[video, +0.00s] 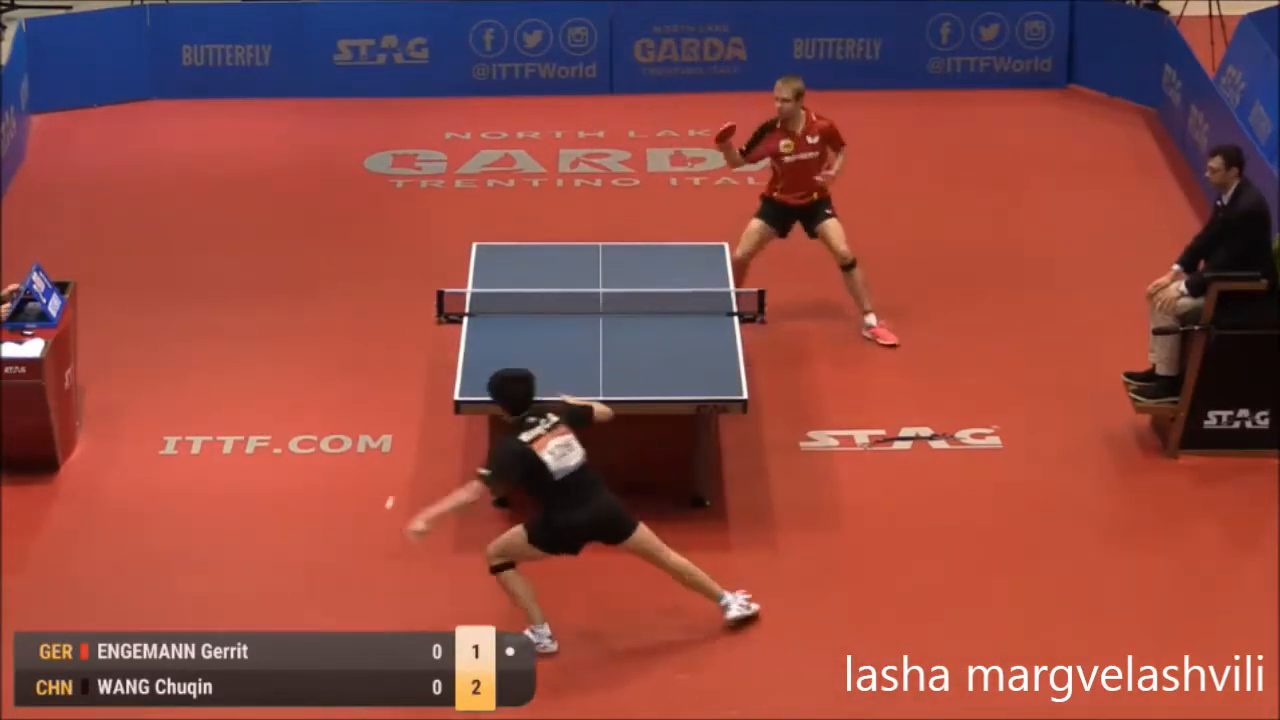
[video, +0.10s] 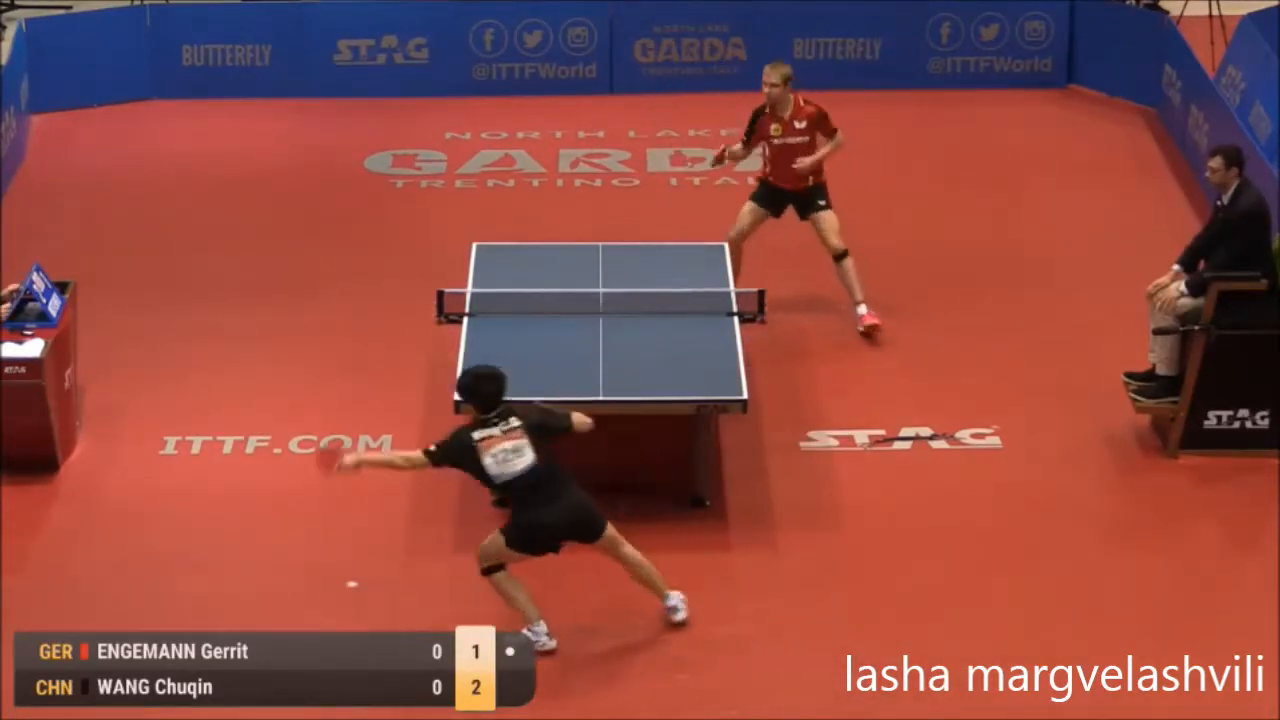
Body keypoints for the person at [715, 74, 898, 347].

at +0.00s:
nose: (778, 106)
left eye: (783, 101)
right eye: (776, 100)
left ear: (799, 102)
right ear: (774, 101)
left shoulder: (823, 127)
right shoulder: (770, 130)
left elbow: (841, 149)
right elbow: (738, 161)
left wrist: (834, 171)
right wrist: (727, 146)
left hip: (815, 201)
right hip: (778, 202)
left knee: (845, 255)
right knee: (740, 257)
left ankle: (870, 320)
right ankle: (727, 310)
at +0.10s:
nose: (765, 91)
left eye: (771, 86)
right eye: (764, 85)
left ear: (787, 87)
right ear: (763, 86)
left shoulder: (812, 113)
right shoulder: (761, 115)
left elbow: (836, 139)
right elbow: (745, 149)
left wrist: (813, 159)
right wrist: (729, 153)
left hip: (809, 187)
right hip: (772, 186)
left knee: (836, 246)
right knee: (734, 237)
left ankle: (862, 310)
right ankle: (727, 296)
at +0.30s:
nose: (751, 68)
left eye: (757, 63)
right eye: (750, 63)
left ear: (772, 64)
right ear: (751, 65)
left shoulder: (797, 94)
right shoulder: (758, 96)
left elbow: (819, 132)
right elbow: (762, 134)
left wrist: (782, 145)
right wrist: (741, 160)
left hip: (803, 173)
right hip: (772, 170)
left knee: (808, 239)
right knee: (736, 220)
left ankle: (837, 296)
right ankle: (740, 273)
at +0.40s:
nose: (740, 58)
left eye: (745, 54)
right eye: (740, 53)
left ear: (762, 58)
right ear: (747, 58)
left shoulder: (780, 91)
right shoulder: (754, 91)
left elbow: (801, 132)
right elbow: (761, 131)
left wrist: (763, 143)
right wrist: (744, 159)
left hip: (791, 171)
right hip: (763, 169)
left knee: (800, 233)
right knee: (736, 221)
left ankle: (834, 295)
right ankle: (762, 269)